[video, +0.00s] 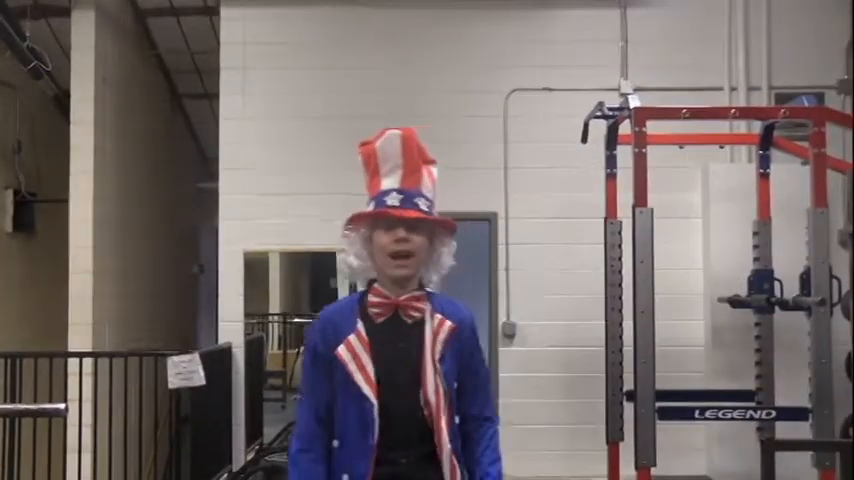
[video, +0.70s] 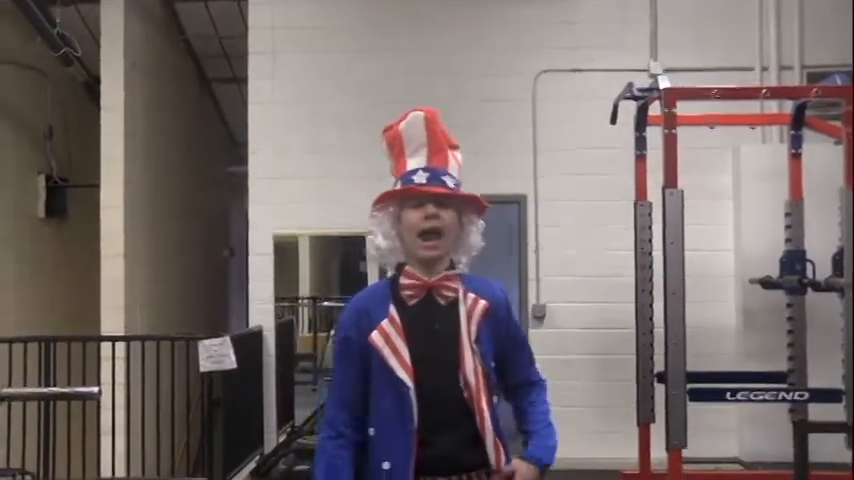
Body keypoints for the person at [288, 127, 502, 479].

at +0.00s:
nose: (401, 237)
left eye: (414, 227)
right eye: (387, 226)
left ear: (431, 242)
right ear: (367, 241)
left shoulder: (456, 321)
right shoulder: (332, 325)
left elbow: (480, 421)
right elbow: (311, 431)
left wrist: (488, 475)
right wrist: (309, 475)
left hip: (437, 472)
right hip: (362, 472)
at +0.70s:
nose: (431, 213)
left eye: (443, 203)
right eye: (416, 204)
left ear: (461, 220)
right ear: (395, 221)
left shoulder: (489, 301)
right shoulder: (364, 312)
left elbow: (526, 386)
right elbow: (341, 426)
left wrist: (537, 456)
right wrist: (333, 474)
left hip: (481, 471)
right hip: (401, 472)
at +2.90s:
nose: (370, 130)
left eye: (384, 116)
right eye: (358, 122)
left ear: (411, 127)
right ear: (349, 135)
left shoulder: (446, 206)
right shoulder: (333, 206)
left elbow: (462, 304)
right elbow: (323, 173)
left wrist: (468, 392)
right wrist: (326, 123)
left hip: (420, 404)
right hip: (339, 405)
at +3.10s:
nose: (408, 136)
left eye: (422, 122)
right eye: (391, 125)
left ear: (443, 134)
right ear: (372, 140)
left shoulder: (453, 210)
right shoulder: (360, 195)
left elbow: (464, 304)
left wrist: (469, 389)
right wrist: (371, 204)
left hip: (435, 406)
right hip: (364, 409)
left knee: (436, 473)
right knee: (358, 473)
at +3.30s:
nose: (415, 135)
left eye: (429, 122)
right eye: (398, 124)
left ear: (449, 135)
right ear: (378, 139)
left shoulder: (456, 209)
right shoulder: (365, 195)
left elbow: (466, 305)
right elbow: (359, 210)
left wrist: (477, 389)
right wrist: (381, 207)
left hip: (444, 397)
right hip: (384, 400)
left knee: (446, 471)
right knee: (389, 471)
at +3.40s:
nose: (413, 135)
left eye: (427, 121)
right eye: (395, 124)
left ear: (447, 134)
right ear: (375, 140)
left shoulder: (455, 210)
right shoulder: (364, 196)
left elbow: (466, 305)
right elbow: (362, 206)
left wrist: (477, 389)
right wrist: (384, 206)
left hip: (445, 398)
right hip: (386, 399)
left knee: (449, 471)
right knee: (396, 471)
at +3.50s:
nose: (411, 134)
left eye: (425, 121)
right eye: (393, 124)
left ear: (446, 133)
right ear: (372, 139)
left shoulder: (452, 206)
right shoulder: (361, 196)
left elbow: (463, 306)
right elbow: (362, 205)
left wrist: (478, 388)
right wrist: (385, 205)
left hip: (450, 402)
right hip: (391, 408)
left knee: (452, 472)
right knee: (398, 472)